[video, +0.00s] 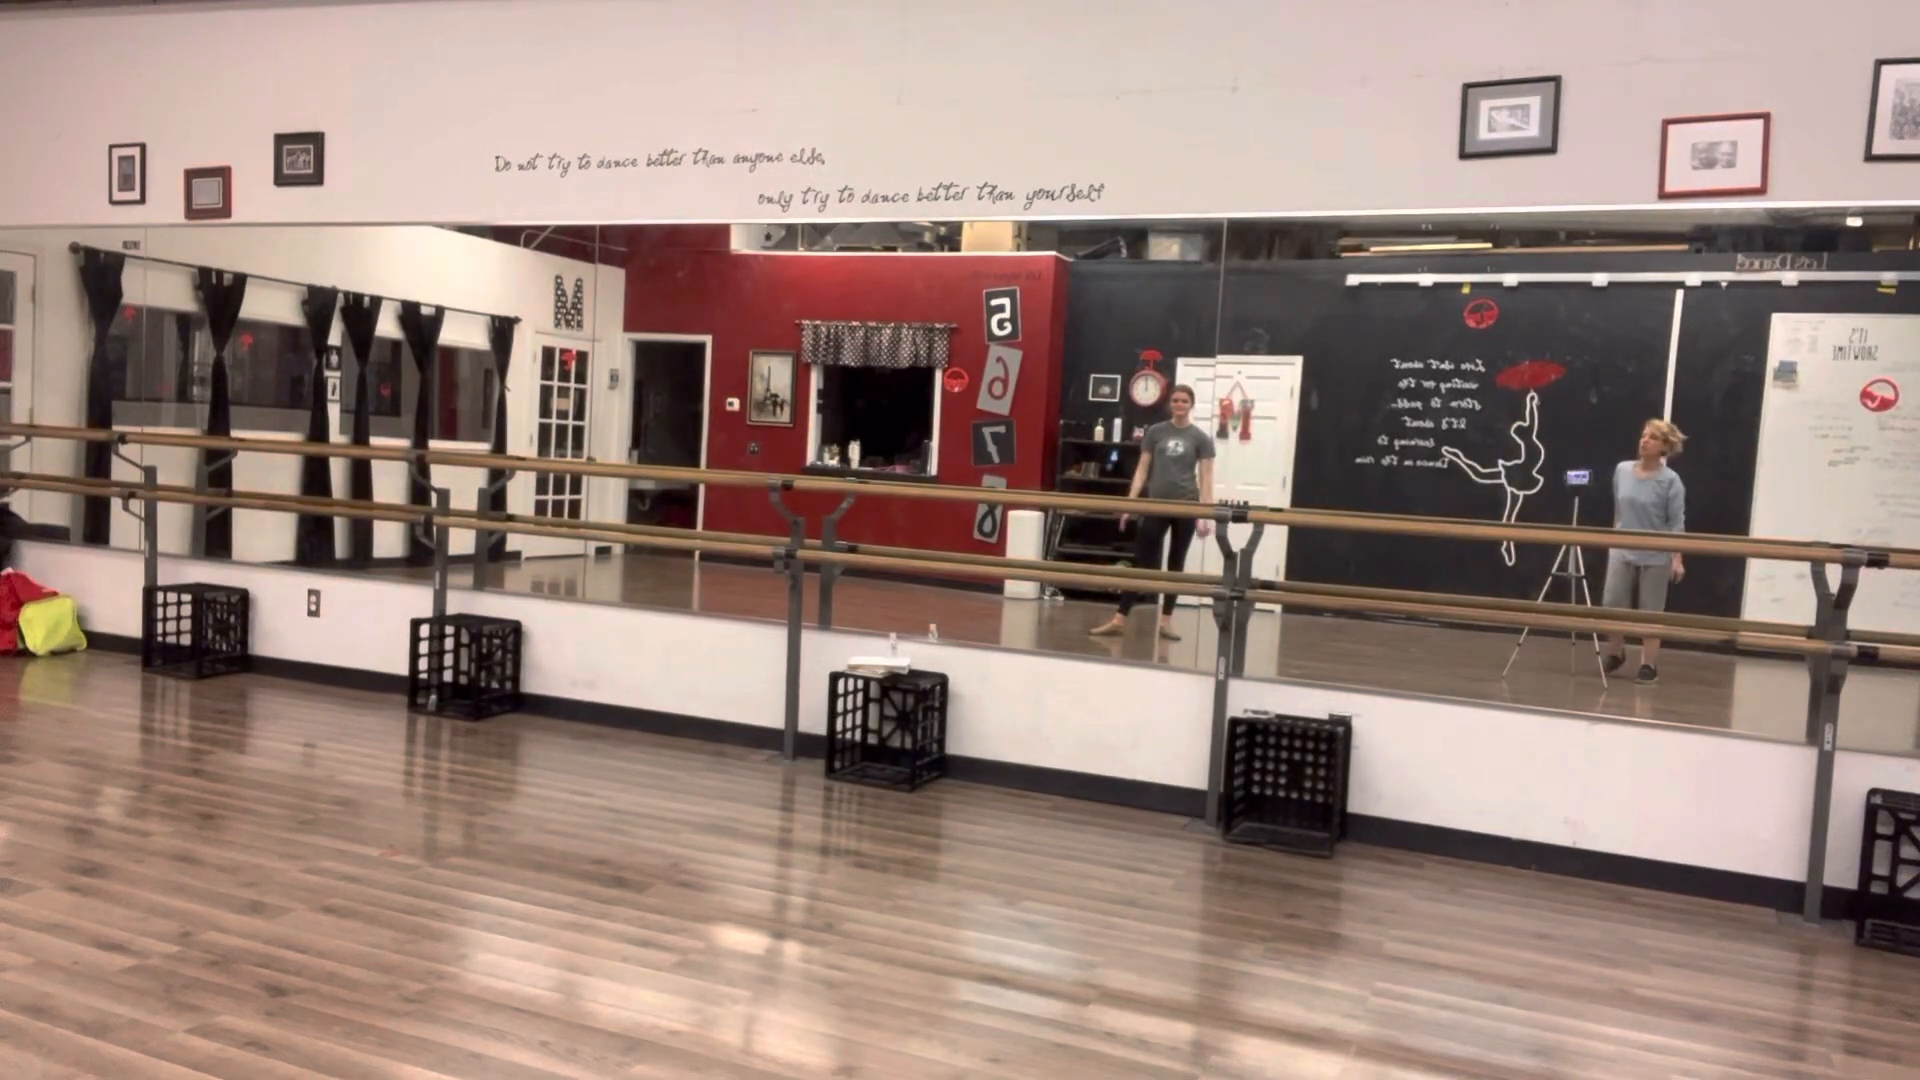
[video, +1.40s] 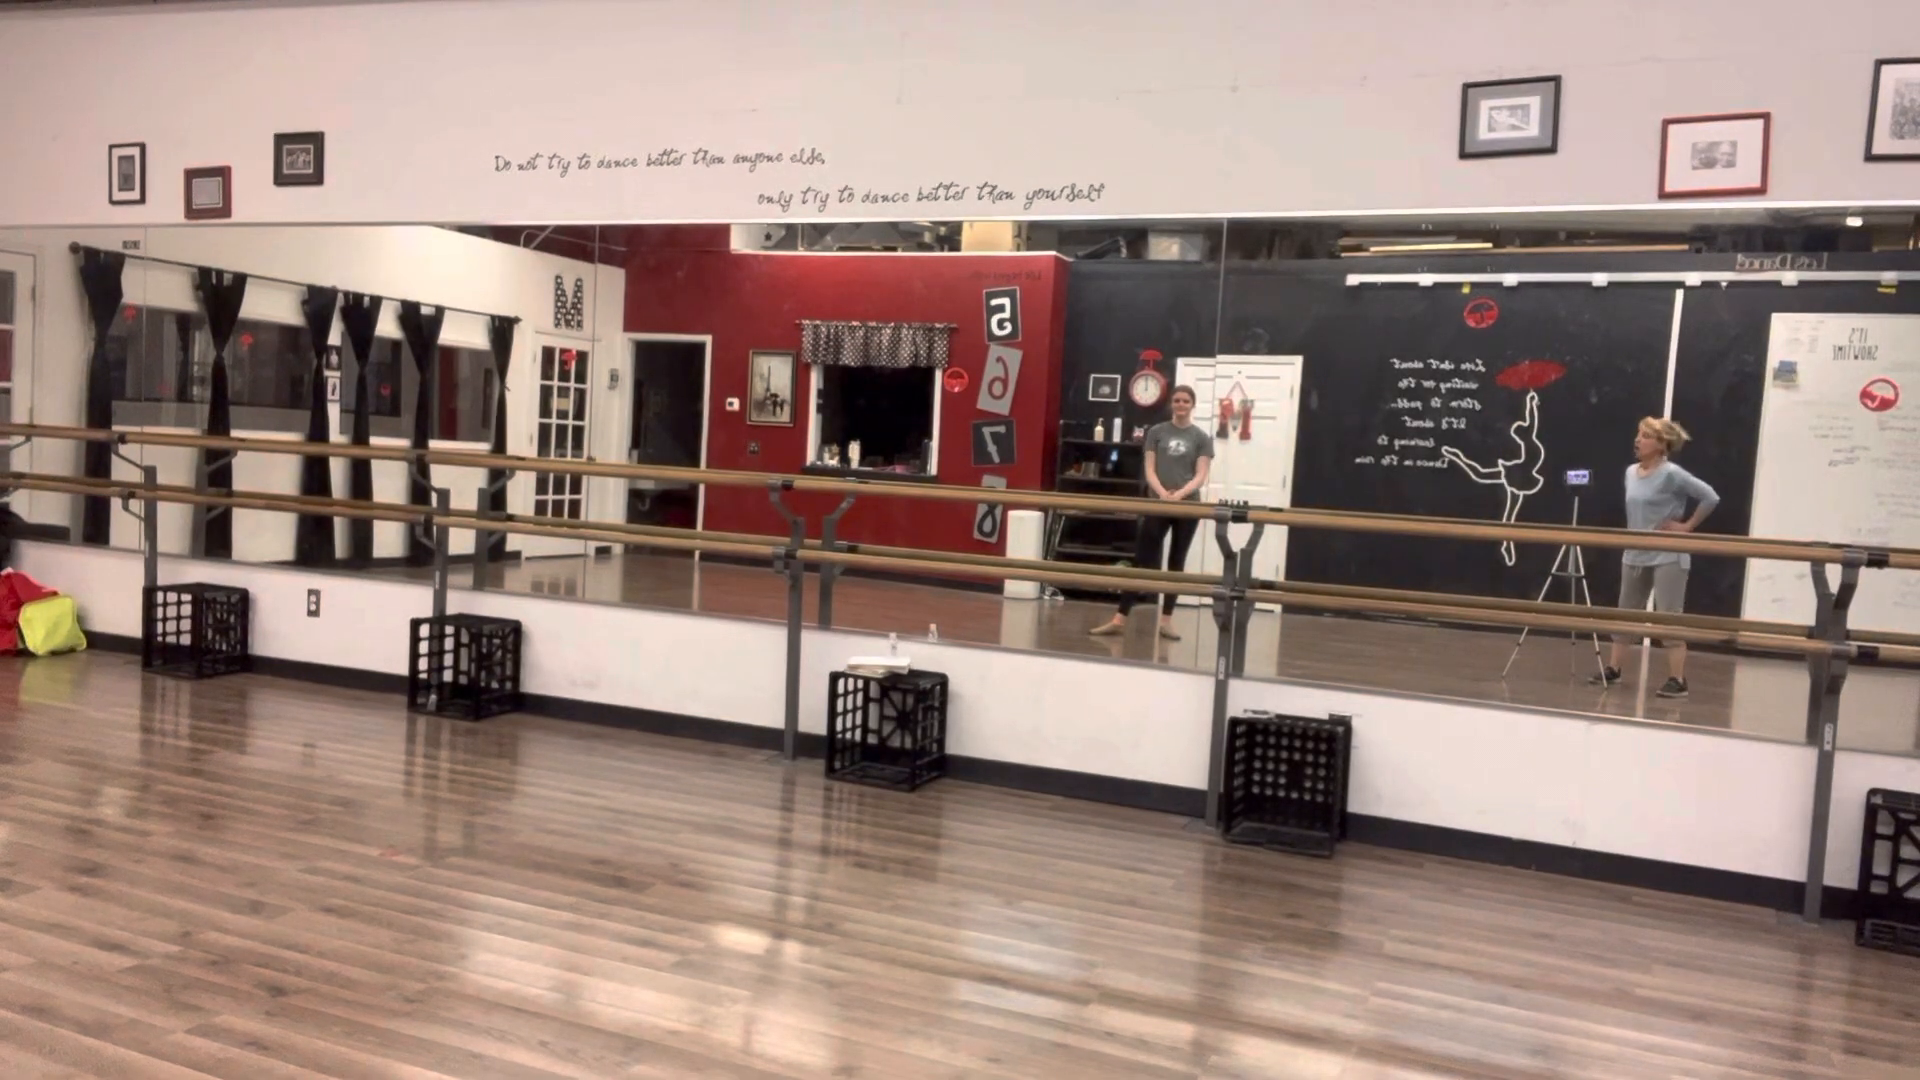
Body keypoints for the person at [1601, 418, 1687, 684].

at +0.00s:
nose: (1645, 441)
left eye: (1653, 438)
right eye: (1644, 436)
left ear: (1665, 447)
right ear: (1639, 440)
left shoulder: (1671, 481)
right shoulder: (1622, 470)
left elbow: (1677, 522)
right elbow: (1618, 509)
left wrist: (1676, 557)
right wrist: (1615, 540)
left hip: (1656, 554)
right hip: (1622, 550)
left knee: (1651, 611)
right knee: (1611, 603)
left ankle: (1648, 662)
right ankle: (1615, 651)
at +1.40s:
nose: (1638, 440)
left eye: (1646, 437)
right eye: (1639, 435)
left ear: (1662, 444)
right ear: (1638, 440)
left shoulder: (1672, 473)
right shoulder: (1631, 472)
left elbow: (1711, 497)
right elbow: (1636, 506)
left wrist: (1686, 525)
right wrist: (1635, 532)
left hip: (1669, 556)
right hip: (1635, 554)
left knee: (1669, 618)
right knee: (1625, 614)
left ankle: (1677, 679)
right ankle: (1613, 669)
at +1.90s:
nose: (1660, 448)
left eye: (1662, 443)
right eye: (1661, 443)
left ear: (1669, 445)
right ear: (1686, 445)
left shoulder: (1678, 472)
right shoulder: (1685, 469)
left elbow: (1697, 502)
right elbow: (1692, 506)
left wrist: (1690, 527)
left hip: (1684, 559)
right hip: (1668, 556)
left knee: (1672, 617)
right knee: (1652, 613)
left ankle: (1677, 677)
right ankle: (1654, 668)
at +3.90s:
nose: (1631, 451)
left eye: (1637, 445)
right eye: (1628, 444)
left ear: (1651, 446)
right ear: (1623, 445)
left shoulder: (1663, 471)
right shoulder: (1623, 470)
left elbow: (1700, 496)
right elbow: (1611, 483)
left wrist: (1676, 526)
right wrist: (1625, 460)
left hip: (1655, 554)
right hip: (1622, 553)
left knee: (1660, 615)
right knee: (1624, 615)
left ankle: (1670, 675)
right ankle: (1628, 669)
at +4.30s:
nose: (1642, 451)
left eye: (1649, 446)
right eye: (1638, 444)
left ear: (1660, 447)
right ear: (1632, 445)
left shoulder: (1674, 472)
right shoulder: (1629, 471)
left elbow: (1711, 497)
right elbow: (1623, 484)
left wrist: (1686, 526)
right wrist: (1634, 460)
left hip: (1664, 555)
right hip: (1629, 554)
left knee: (1667, 616)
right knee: (1629, 615)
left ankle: (1673, 676)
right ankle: (1628, 670)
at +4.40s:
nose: (1647, 451)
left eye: (1654, 446)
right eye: (1643, 445)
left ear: (1666, 447)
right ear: (1636, 446)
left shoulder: (1678, 472)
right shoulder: (1634, 472)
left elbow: (1716, 497)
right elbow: (1627, 486)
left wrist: (1691, 527)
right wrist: (1640, 459)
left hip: (1669, 556)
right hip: (1634, 554)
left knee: (1669, 617)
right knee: (1632, 614)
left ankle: (1673, 675)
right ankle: (1629, 670)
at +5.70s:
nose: (1638, 445)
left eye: (1645, 441)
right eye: (1636, 440)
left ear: (1660, 446)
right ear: (1633, 443)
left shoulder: (1671, 473)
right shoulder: (1631, 475)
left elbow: (1706, 498)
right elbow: (1622, 497)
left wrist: (1684, 527)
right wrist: (1631, 469)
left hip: (1664, 556)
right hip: (1632, 554)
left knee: (1668, 616)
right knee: (1635, 616)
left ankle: (1673, 676)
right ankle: (1629, 670)